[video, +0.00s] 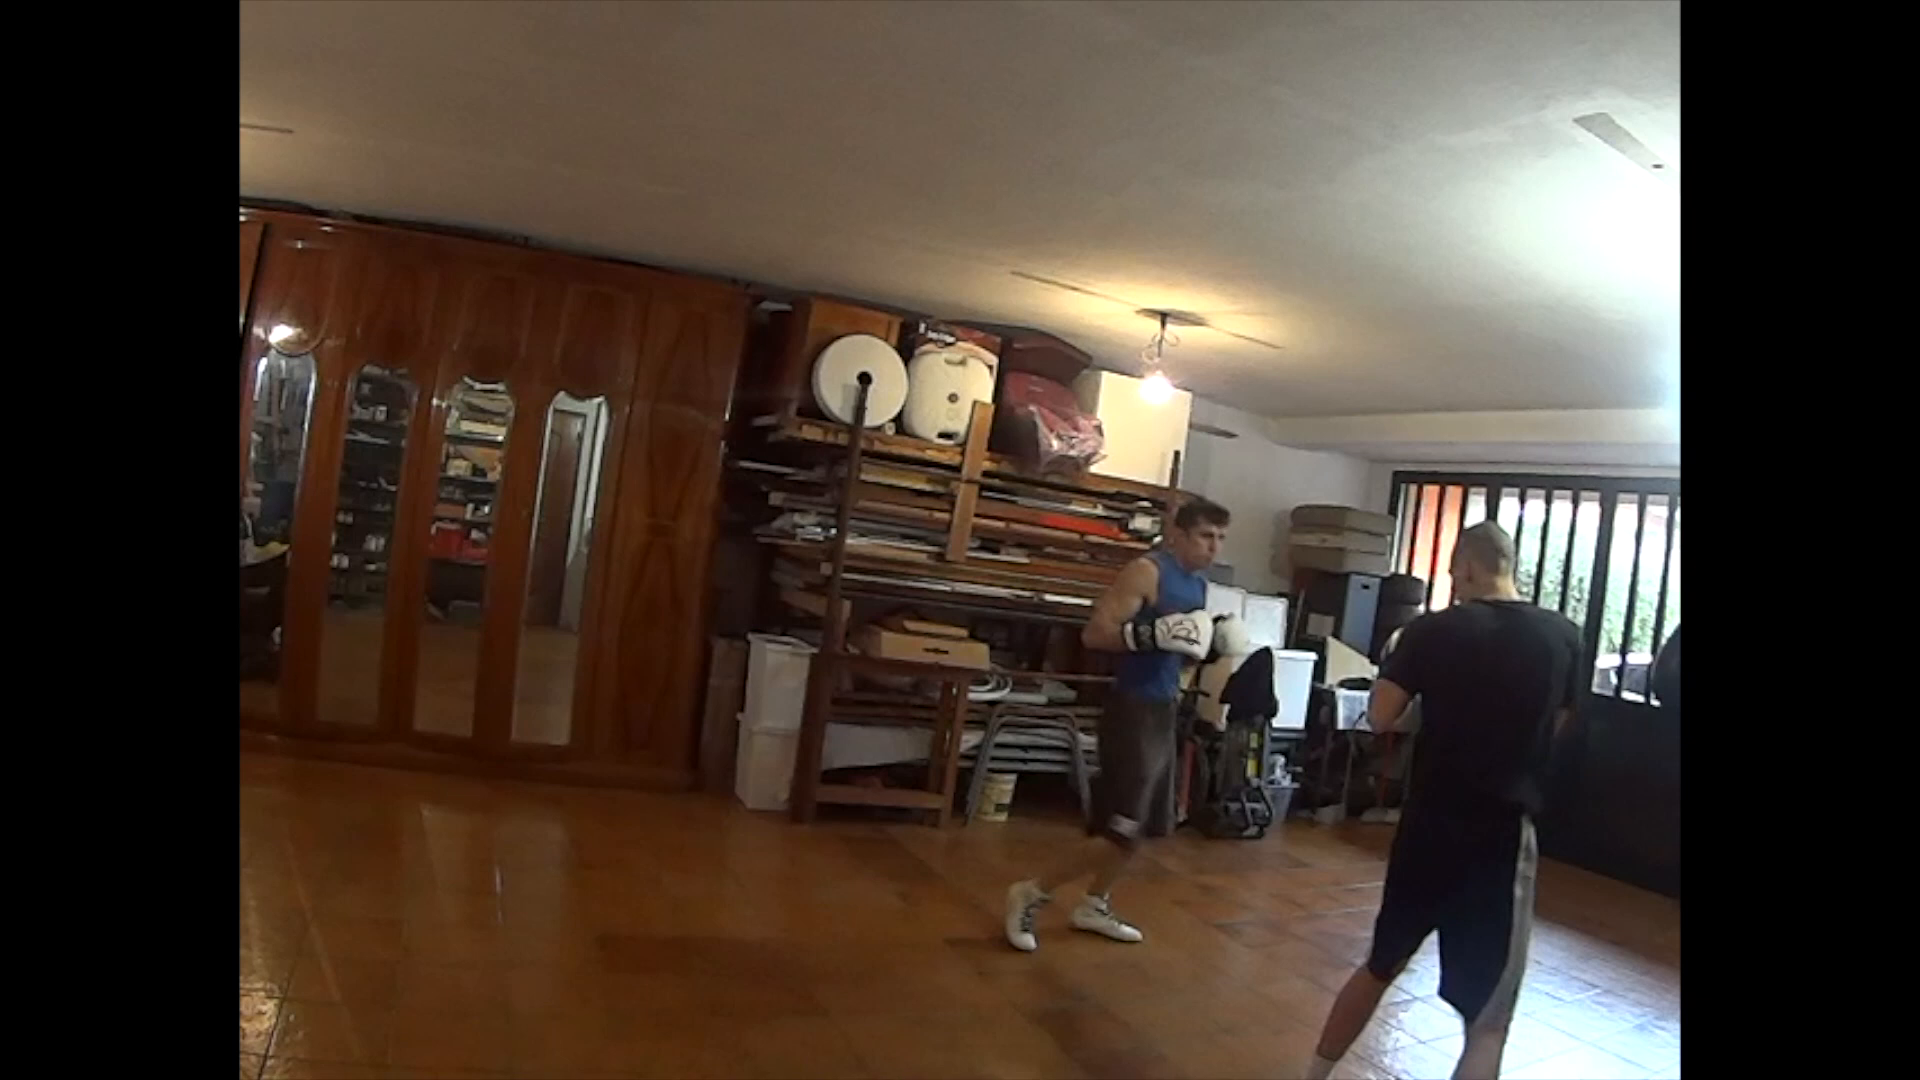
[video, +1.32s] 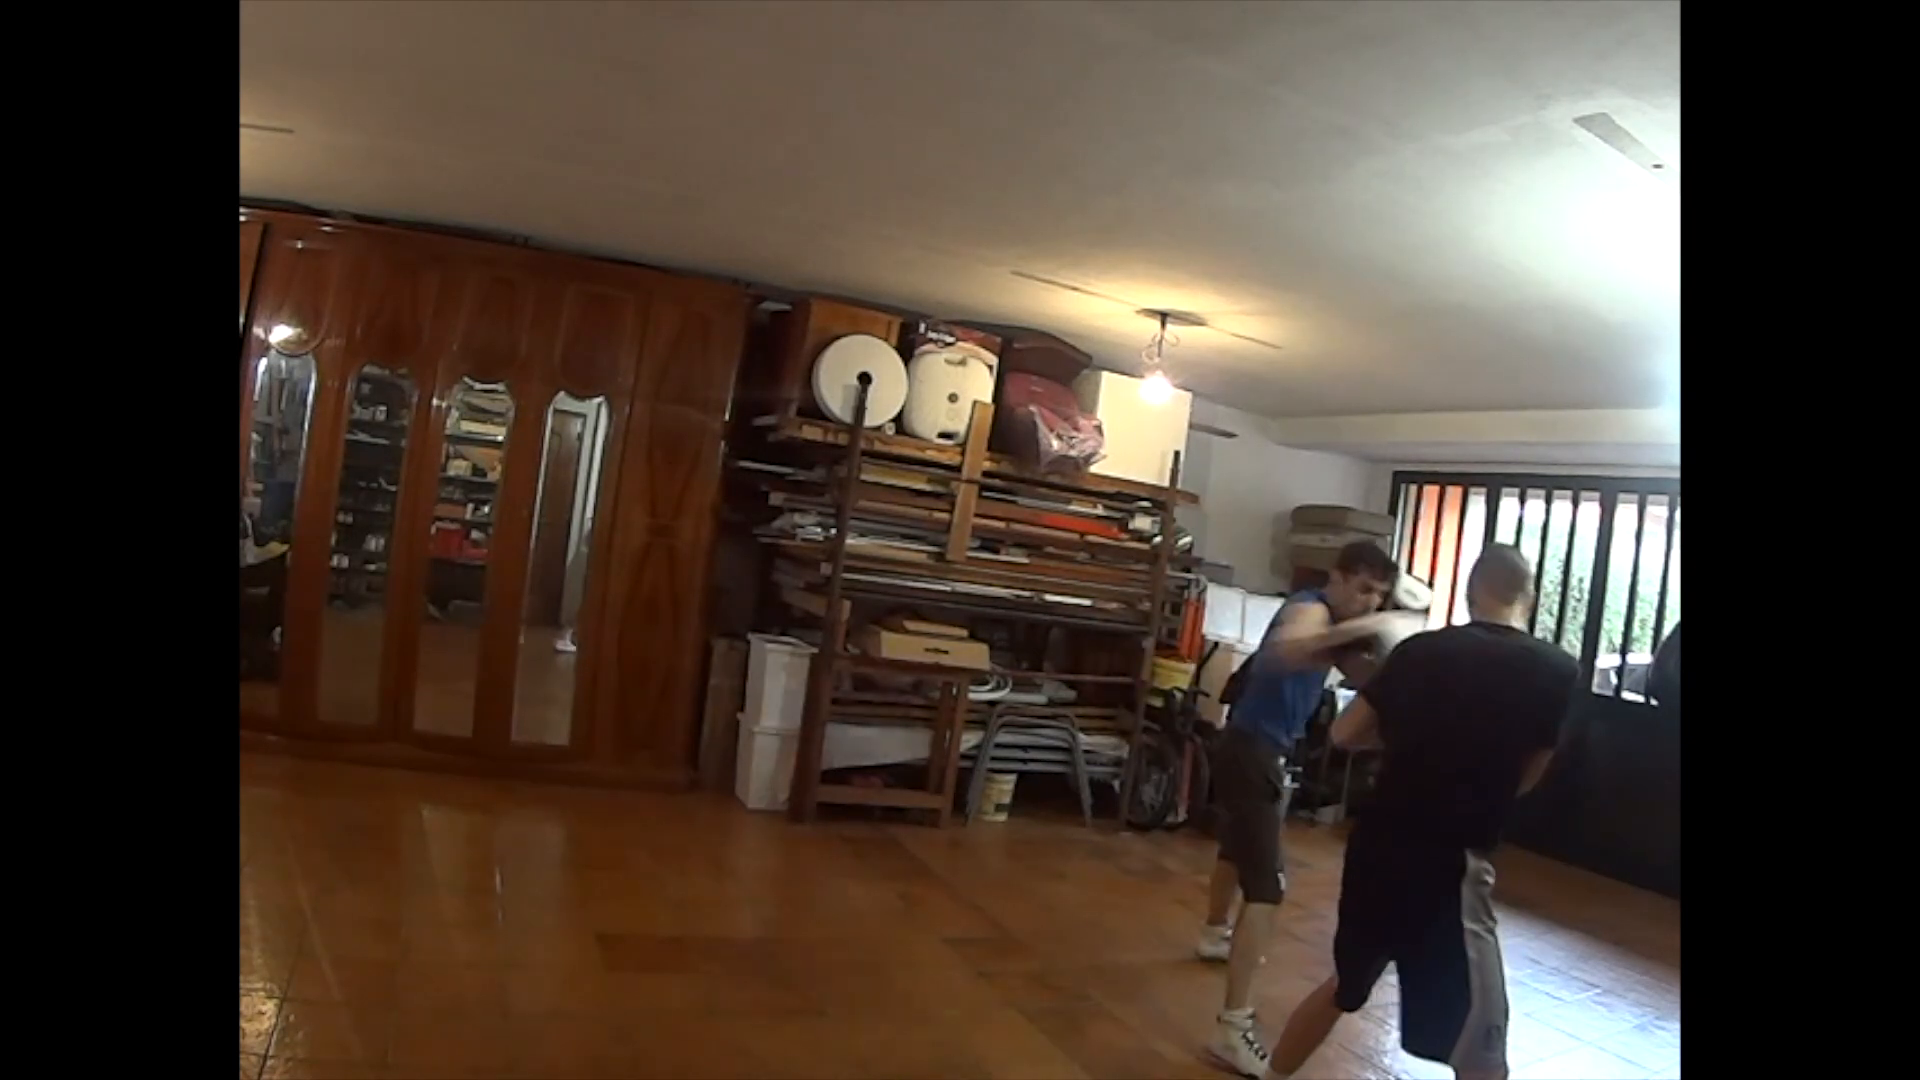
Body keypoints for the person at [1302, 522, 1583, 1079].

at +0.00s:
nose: (1453, 582)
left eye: (1453, 572)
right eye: (1455, 573)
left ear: (1463, 569)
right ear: (1511, 567)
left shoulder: (1434, 629)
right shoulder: (1561, 635)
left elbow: (1381, 715)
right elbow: (1561, 725)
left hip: (1430, 820)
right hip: (1505, 832)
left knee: (1378, 967)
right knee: (1490, 1020)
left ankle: (1315, 1071)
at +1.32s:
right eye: (1526, 595)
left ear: (1470, 591)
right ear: (1529, 597)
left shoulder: (1420, 650)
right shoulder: (1555, 670)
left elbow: (1346, 733)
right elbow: (1526, 777)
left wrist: (1408, 731)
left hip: (1381, 840)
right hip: (1457, 863)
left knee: (1343, 986)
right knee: (1481, 1050)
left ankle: (1273, 1072)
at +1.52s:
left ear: (1518, 619)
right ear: (1580, 641)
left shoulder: (1441, 676)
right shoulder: (1580, 730)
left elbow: (1356, 744)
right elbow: (1530, 827)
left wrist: (1398, 779)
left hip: (1371, 874)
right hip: (1450, 913)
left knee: (1351, 987)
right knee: (1474, 1064)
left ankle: (1264, 1071)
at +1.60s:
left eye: (1511, 609)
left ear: (1509, 615)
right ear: (1569, 638)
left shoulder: (1440, 669)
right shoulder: (1571, 722)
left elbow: (1367, 689)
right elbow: (1534, 828)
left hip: (1362, 866)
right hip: (1437, 902)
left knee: (1347, 987)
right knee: (1459, 1066)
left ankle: (1265, 1070)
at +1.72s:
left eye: (1478, 608)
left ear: (1474, 612)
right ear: (1528, 630)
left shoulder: (1418, 653)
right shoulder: (1526, 688)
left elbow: (1366, 633)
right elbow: (1498, 810)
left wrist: (1357, 588)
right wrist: (1440, 774)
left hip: (1333, 843)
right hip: (1394, 864)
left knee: (1335, 986)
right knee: (1409, 1055)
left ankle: (1264, 1071)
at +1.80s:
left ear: (1460, 617)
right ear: (1518, 631)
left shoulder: (1413, 652)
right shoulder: (1514, 685)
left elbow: (1312, 664)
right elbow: (1487, 810)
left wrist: (1299, 595)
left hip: (1319, 839)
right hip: (1377, 858)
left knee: (1331, 986)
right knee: (1380, 1042)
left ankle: (1264, 1070)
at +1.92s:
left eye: (1437, 605)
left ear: (1436, 608)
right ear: (1494, 616)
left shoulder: (1386, 648)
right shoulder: (1495, 677)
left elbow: (1300, 714)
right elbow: (1469, 799)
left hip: (1298, 831)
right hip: (1354, 856)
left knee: (1306, 985)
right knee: (1326, 1037)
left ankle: (1262, 1068)